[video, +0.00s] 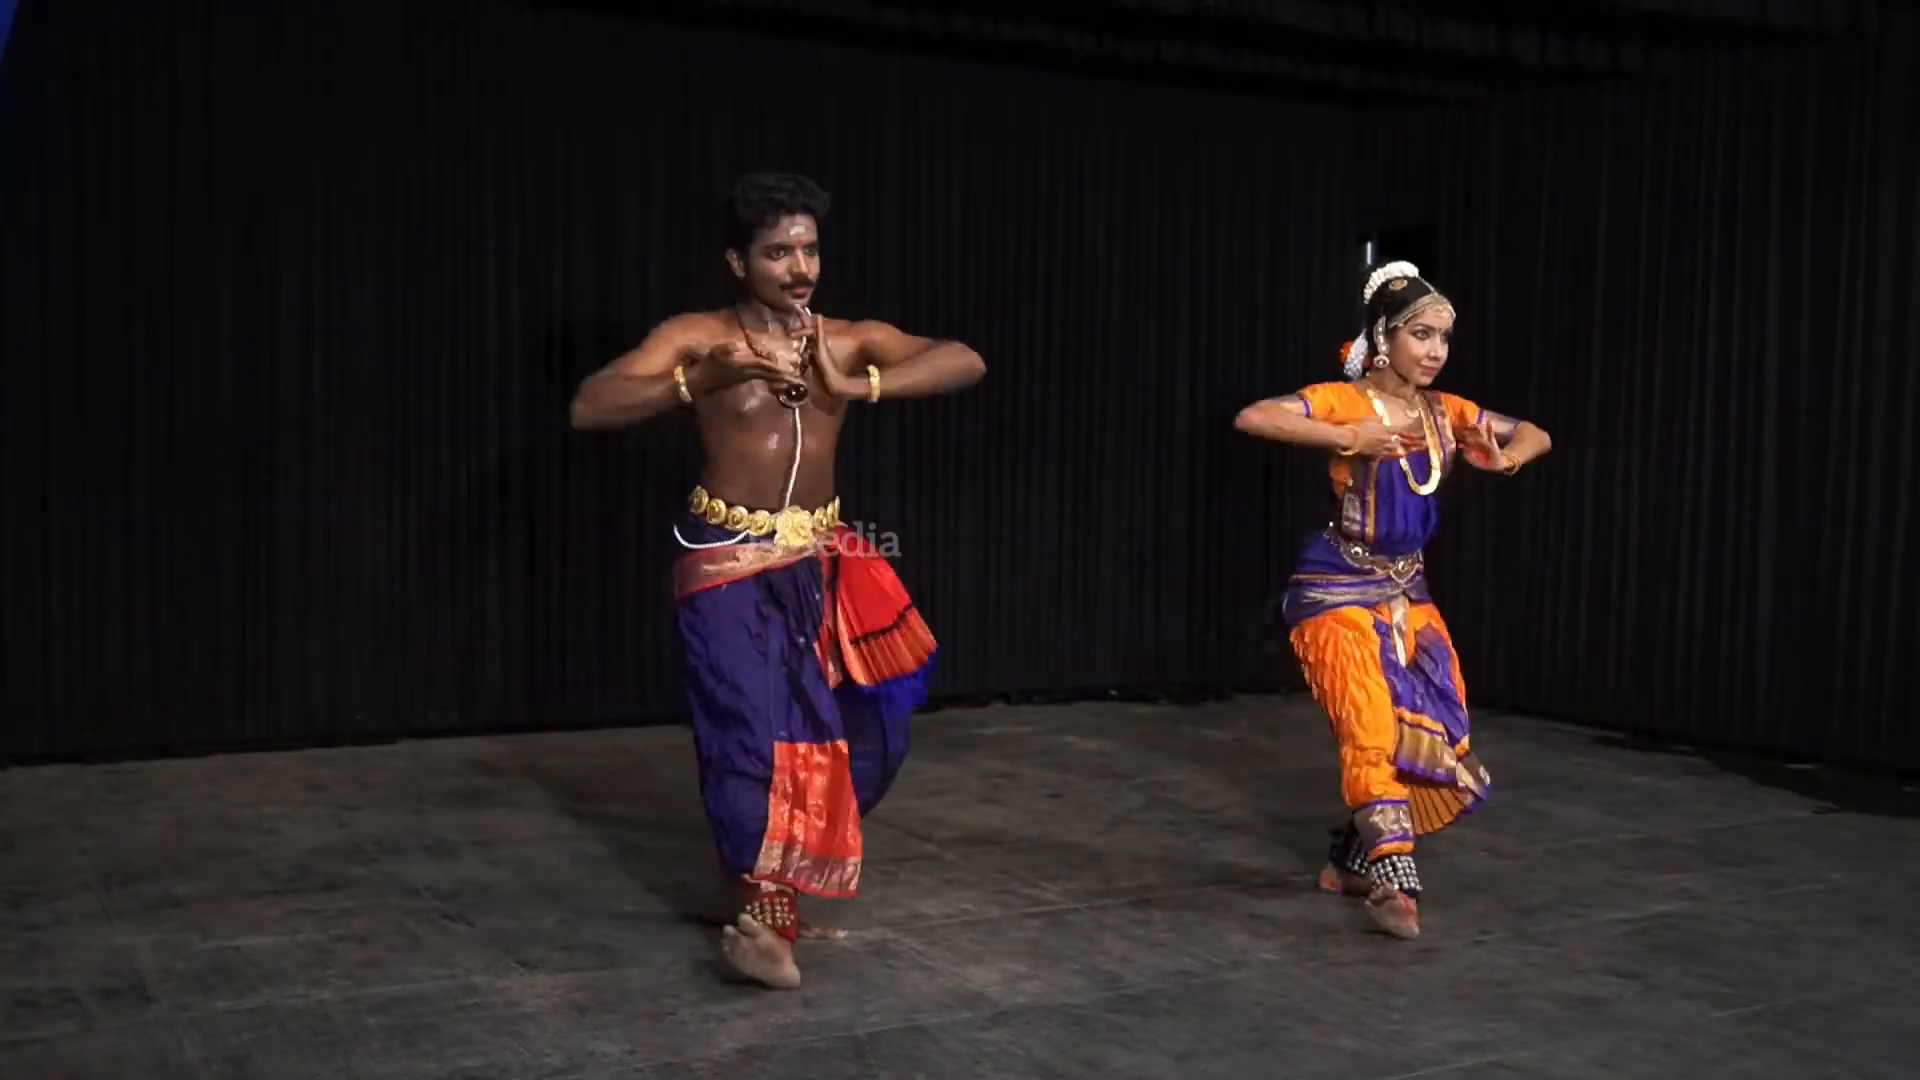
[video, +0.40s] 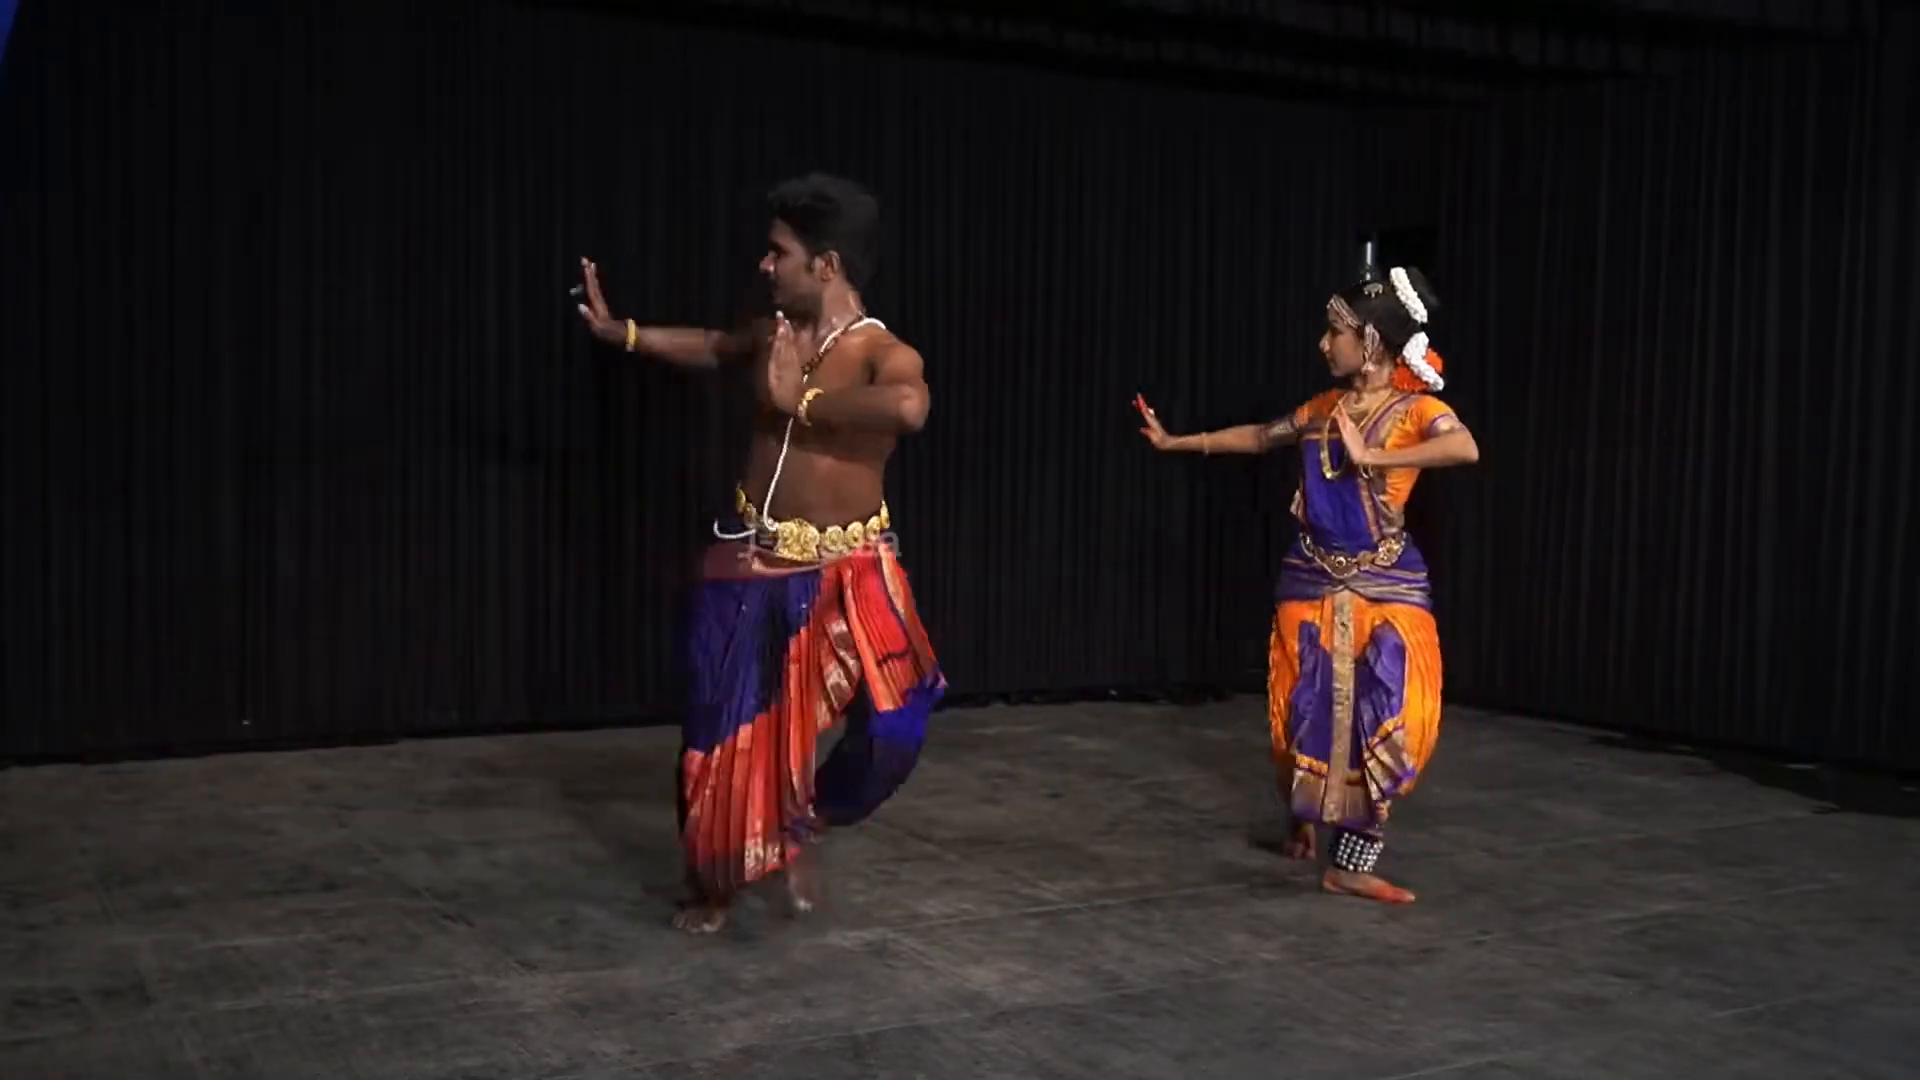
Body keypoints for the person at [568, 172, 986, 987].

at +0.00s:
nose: (802, 267)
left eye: (811, 250)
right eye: (781, 253)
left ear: (820, 254)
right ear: (740, 263)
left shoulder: (848, 337)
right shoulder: (698, 337)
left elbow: (967, 361)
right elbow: (590, 406)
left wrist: (869, 384)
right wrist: (695, 379)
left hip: (817, 555)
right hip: (730, 557)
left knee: (823, 719)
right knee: (755, 724)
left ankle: (776, 897)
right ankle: (761, 915)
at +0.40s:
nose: (765, 264)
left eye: (779, 252)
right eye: (769, 250)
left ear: (827, 263)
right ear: (817, 262)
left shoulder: (881, 349)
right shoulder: (771, 332)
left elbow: (910, 406)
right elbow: (713, 346)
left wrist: (798, 401)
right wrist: (621, 332)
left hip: (849, 566)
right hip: (751, 557)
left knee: (894, 736)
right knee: (719, 718)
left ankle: (802, 824)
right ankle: (712, 888)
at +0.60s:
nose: (869, 268)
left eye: (890, 256)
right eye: (860, 252)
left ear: (923, 273)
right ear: (846, 261)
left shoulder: (958, 363)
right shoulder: (806, 343)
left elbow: (1063, 437)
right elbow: (688, 384)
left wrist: (963, 412)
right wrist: (806, 395)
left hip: (911, 561)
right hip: (810, 559)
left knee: (1010, 674)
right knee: (758, 715)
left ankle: (927, 760)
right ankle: (721, 867)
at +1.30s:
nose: (1237, 420)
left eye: (1241, 404)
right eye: (1218, 404)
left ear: (1239, 410)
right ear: (1160, 409)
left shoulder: (1239, 491)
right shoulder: (1104, 491)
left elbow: (1328, 542)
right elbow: (1166, 530)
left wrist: (1402, 547)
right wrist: (1264, 528)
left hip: (1185, 713)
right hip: (1082, 703)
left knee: (1315, 795)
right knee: (935, 794)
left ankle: (1191, 930)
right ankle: (768, 863)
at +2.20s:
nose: (1145, 283)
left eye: (1159, 263)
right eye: (1129, 272)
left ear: (1198, 260)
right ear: (1121, 285)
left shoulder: (1259, 295)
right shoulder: (1132, 402)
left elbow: (1236, 150)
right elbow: (1127, 534)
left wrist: (1168, 41)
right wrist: (1218, 549)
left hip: (1305, 551)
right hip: (1202, 567)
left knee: (1291, 763)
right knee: (1063, 647)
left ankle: (1223, 923)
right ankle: (1145, 830)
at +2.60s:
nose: (1095, 345)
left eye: (1097, 323)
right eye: (1085, 331)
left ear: (1143, 291)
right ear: (1120, 312)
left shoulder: (1230, 291)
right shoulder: (1146, 415)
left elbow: (1129, 181)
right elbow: (1181, 537)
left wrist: (1011, 199)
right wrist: (1281, 547)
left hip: (1324, 532)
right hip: (1226, 544)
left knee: (1290, 745)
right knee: (1070, 559)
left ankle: (1223, 922)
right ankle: (1191, 722)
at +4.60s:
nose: (946, 433)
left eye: (957, 422)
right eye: (941, 413)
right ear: (899, 384)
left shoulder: (905, 496)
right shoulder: (793, 388)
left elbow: (929, 601)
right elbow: (670, 349)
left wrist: (963, 708)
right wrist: (731, 434)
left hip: (778, 595)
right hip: (692, 573)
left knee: (836, 744)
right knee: (723, 744)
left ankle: (687, 799)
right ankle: (820, 889)